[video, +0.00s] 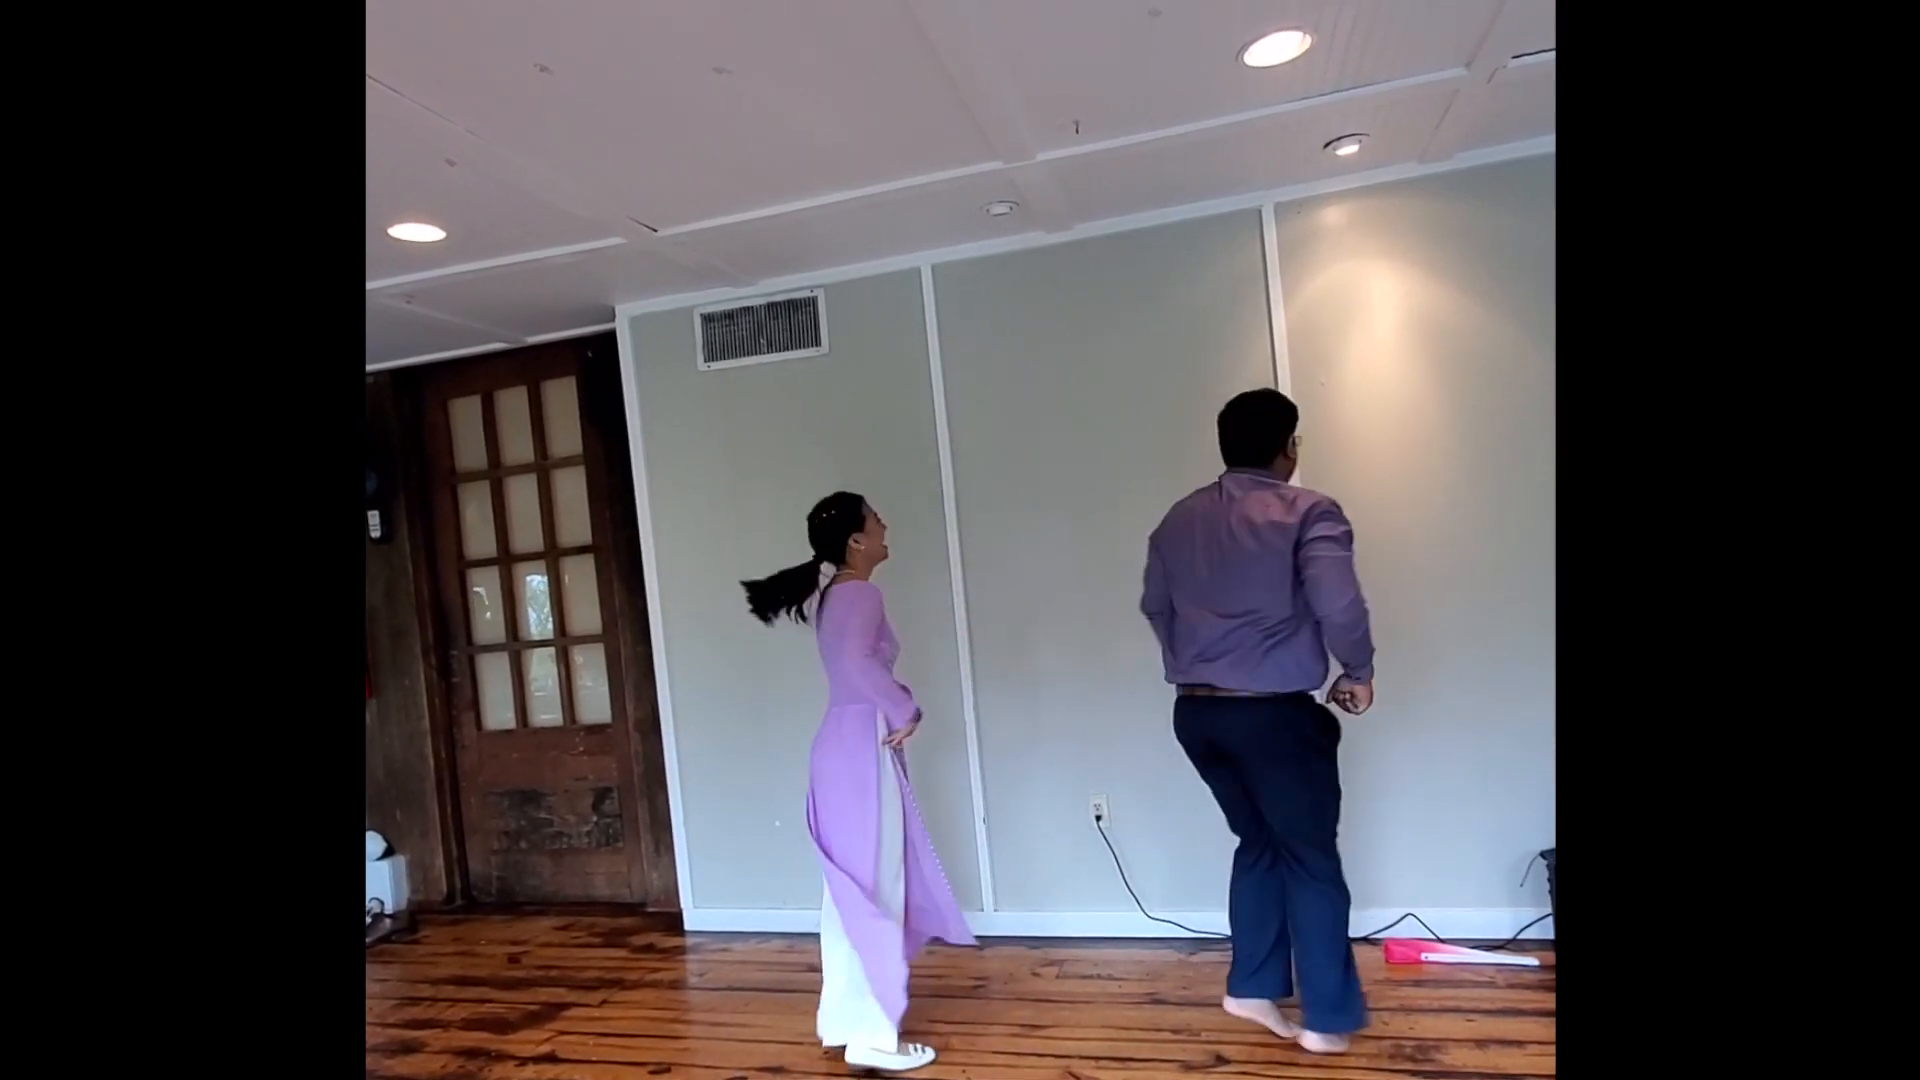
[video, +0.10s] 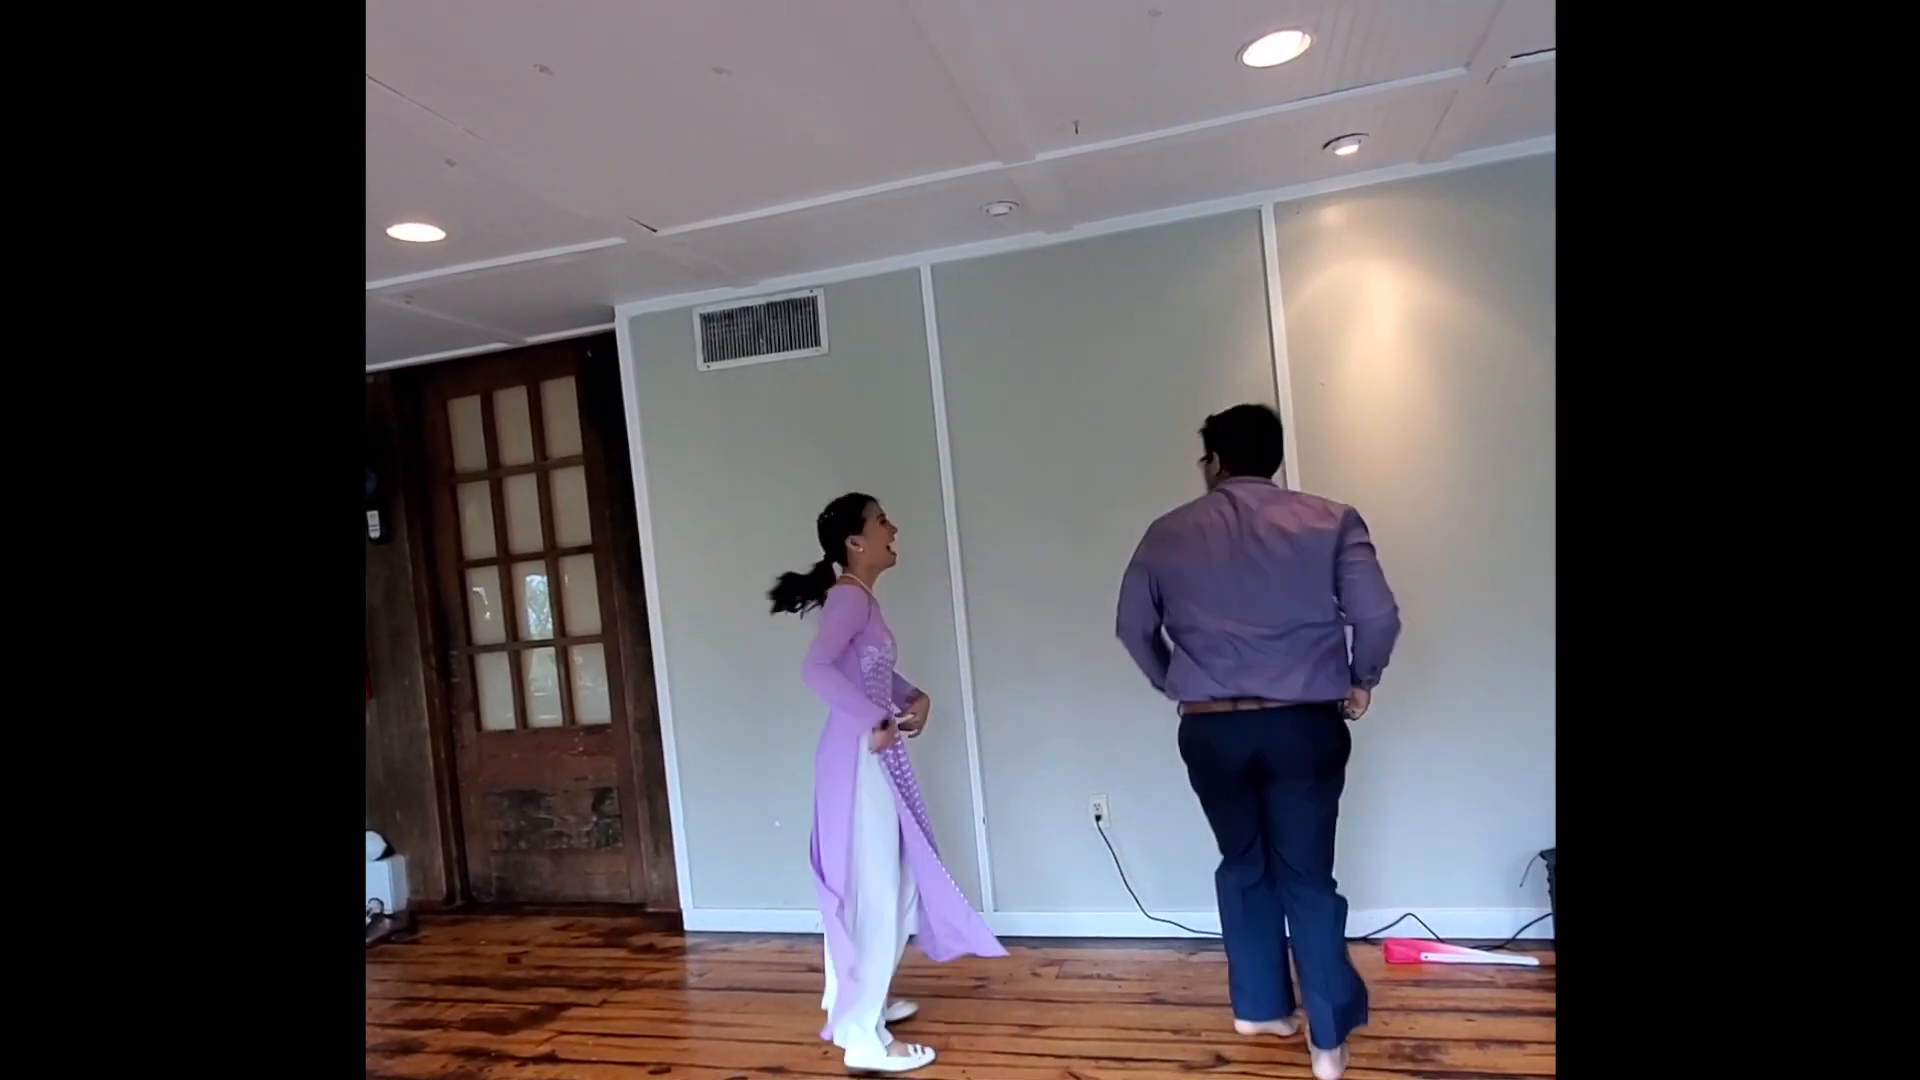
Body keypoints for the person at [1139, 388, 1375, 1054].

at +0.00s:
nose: (1297, 450)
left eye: (1292, 440)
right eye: (1295, 442)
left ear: (1224, 448)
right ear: (1287, 450)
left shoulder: (1177, 520)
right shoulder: (1309, 513)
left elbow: (1157, 606)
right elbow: (1340, 608)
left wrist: (1188, 669)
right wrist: (1358, 671)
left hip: (1199, 718)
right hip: (1280, 717)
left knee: (1256, 840)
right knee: (1312, 856)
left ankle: (1250, 989)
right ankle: (1329, 1018)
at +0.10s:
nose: (1205, 466)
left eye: (1206, 458)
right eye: (1209, 457)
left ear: (1213, 463)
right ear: (1281, 463)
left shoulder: (1168, 533)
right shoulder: (1333, 522)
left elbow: (1133, 628)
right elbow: (1376, 617)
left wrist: (1180, 686)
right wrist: (1362, 679)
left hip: (1211, 735)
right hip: (1305, 729)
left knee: (1241, 862)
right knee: (1309, 875)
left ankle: (1258, 1008)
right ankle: (1326, 1041)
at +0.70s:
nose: (1128, 495)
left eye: (1142, 482)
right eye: (1125, 484)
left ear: (1187, 487)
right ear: (1133, 491)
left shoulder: (1242, 560)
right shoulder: (1146, 568)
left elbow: (1292, 651)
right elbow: (1137, 620)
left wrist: (1219, 731)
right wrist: (1058, 621)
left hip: (1249, 752)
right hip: (1187, 751)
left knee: (1202, 899)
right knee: (1164, 878)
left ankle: (1260, 1055)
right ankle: (1280, 967)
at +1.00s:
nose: (1111, 482)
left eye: (1124, 469)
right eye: (1106, 471)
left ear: (1166, 473)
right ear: (1105, 477)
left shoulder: (1225, 524)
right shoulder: (1096, 538)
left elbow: (1299, 586)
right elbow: (1024, 525)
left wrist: (1250, 671)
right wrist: (975, 472)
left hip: (1224, 734)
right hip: (1152, 738)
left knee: (1222, 882)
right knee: (1159, 872)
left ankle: (1252, 1043)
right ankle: (1194, 979)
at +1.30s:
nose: (1115, 491)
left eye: (1129, 480)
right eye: (1110, 482)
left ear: (1166, 491)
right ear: (1106, 494)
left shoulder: (1223, 544)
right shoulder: (1087, 560)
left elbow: (1290, 604)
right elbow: (1014, 525)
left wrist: (1253, 670)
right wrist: (969, 451)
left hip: (1230, 727)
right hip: (1146, 741)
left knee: (1275, 823)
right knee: (1148, 867)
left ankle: (1269, 930)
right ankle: (1200, 984)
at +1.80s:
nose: (1134, 480)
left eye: (1147, 467)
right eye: (1123, 475)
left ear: (1178, 478)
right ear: (1119, 496)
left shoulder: (1230, 542)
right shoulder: (1116, 562)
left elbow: (1281, 601)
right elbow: (1088, 533)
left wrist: (1295, 664)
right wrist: (1068, 464)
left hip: (1256, 732)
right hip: (1166, 748)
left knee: (1327, 847)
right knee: (1167, 877)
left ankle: (1361, 987)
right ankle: (1201, 985)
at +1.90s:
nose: (1141, 467)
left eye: (1154, 455)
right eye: (1131, 463)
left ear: (1181, 466)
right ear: (1128, 483)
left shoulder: (1239, 526)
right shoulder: (1126, 552)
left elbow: (1288, 585)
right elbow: (1113, 518)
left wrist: (1304, 648)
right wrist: (1128, 443)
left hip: (1267, 725)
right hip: (1178, 737)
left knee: (1325, 856)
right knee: (1179, 872)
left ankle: (1342, 976)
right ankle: (1195, 985)